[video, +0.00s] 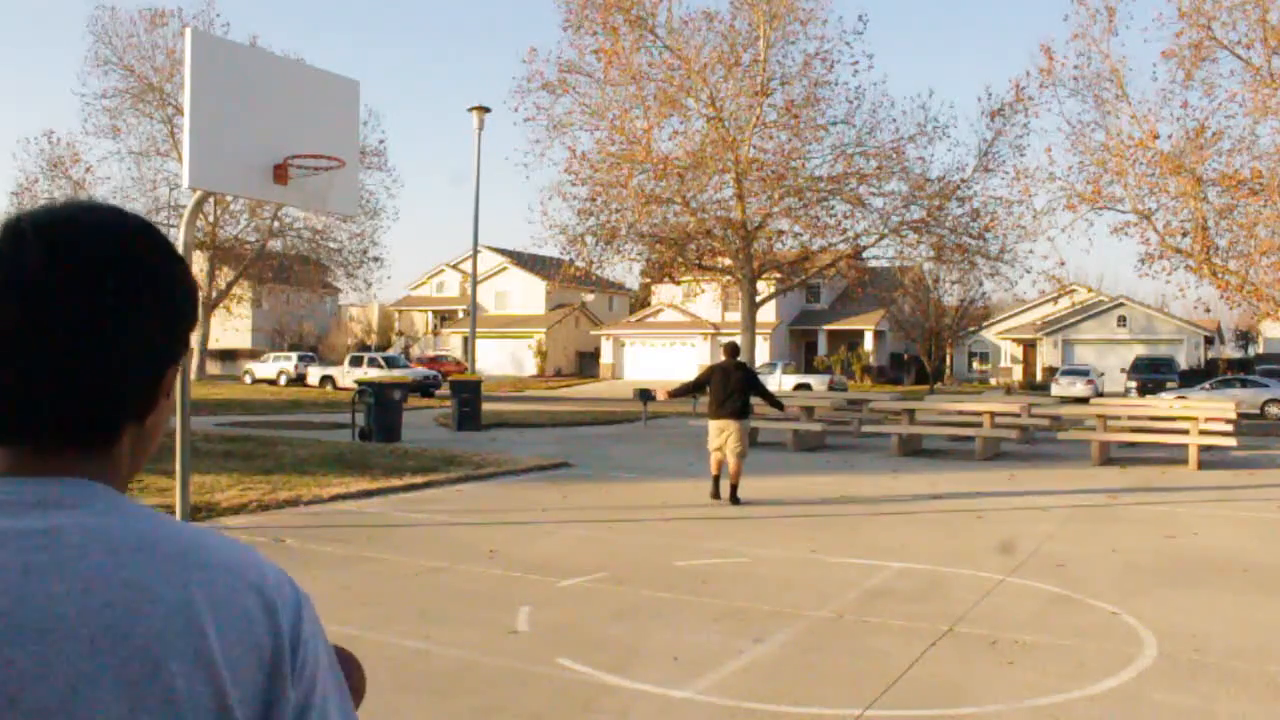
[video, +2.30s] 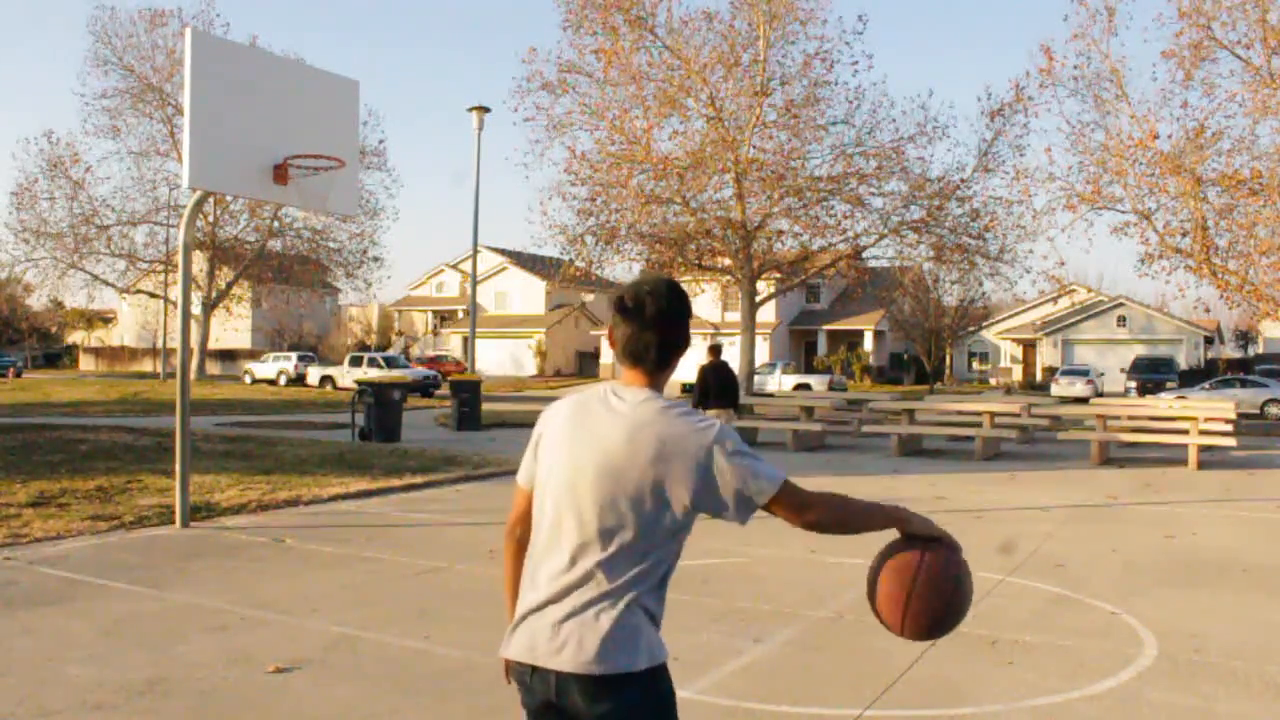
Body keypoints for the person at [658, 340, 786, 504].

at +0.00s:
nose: (725, 355)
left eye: (724, 352)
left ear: (724, 353)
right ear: (739, 353)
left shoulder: (714, 369)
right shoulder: (746, 371)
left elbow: (694, 385)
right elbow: (763, 392)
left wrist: (671, 393)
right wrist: (781, 407)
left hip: (716, 419)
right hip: (737, 420)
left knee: (716, 452)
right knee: (735, 456)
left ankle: (715, 487)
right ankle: (733, 494)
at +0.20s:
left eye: (726, 354)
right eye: (733, 354)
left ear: (722, 356)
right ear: (736, 356)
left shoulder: (713, 373)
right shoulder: (743, 374)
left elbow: (698, 394)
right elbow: (754, 395)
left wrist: (684, 413)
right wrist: (760, 413)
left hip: (717, 421)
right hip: (737, 421)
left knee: (718, 456)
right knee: (735, 456)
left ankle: (721, 486)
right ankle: (733, 492)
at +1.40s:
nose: (721, 356)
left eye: (719, 354)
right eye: (725, 353)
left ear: (717, 354)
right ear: (730, 355)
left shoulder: (709, 371)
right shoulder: (738, 373)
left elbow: (701, 394)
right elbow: (744, 396)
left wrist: (699, 414)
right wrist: (743, 413)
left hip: (713, 413)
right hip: (732, 414)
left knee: (714, 444)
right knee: (729, 444)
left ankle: (718, 473)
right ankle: (727, 478)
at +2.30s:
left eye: (710, 353)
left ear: (709, 353)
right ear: (720, 353)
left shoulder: (704, 369)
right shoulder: (729, 370)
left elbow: (699, 389)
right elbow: (735, 388)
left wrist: (695, 406)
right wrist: (735, 407)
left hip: (710, 409)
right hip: (727, 408)